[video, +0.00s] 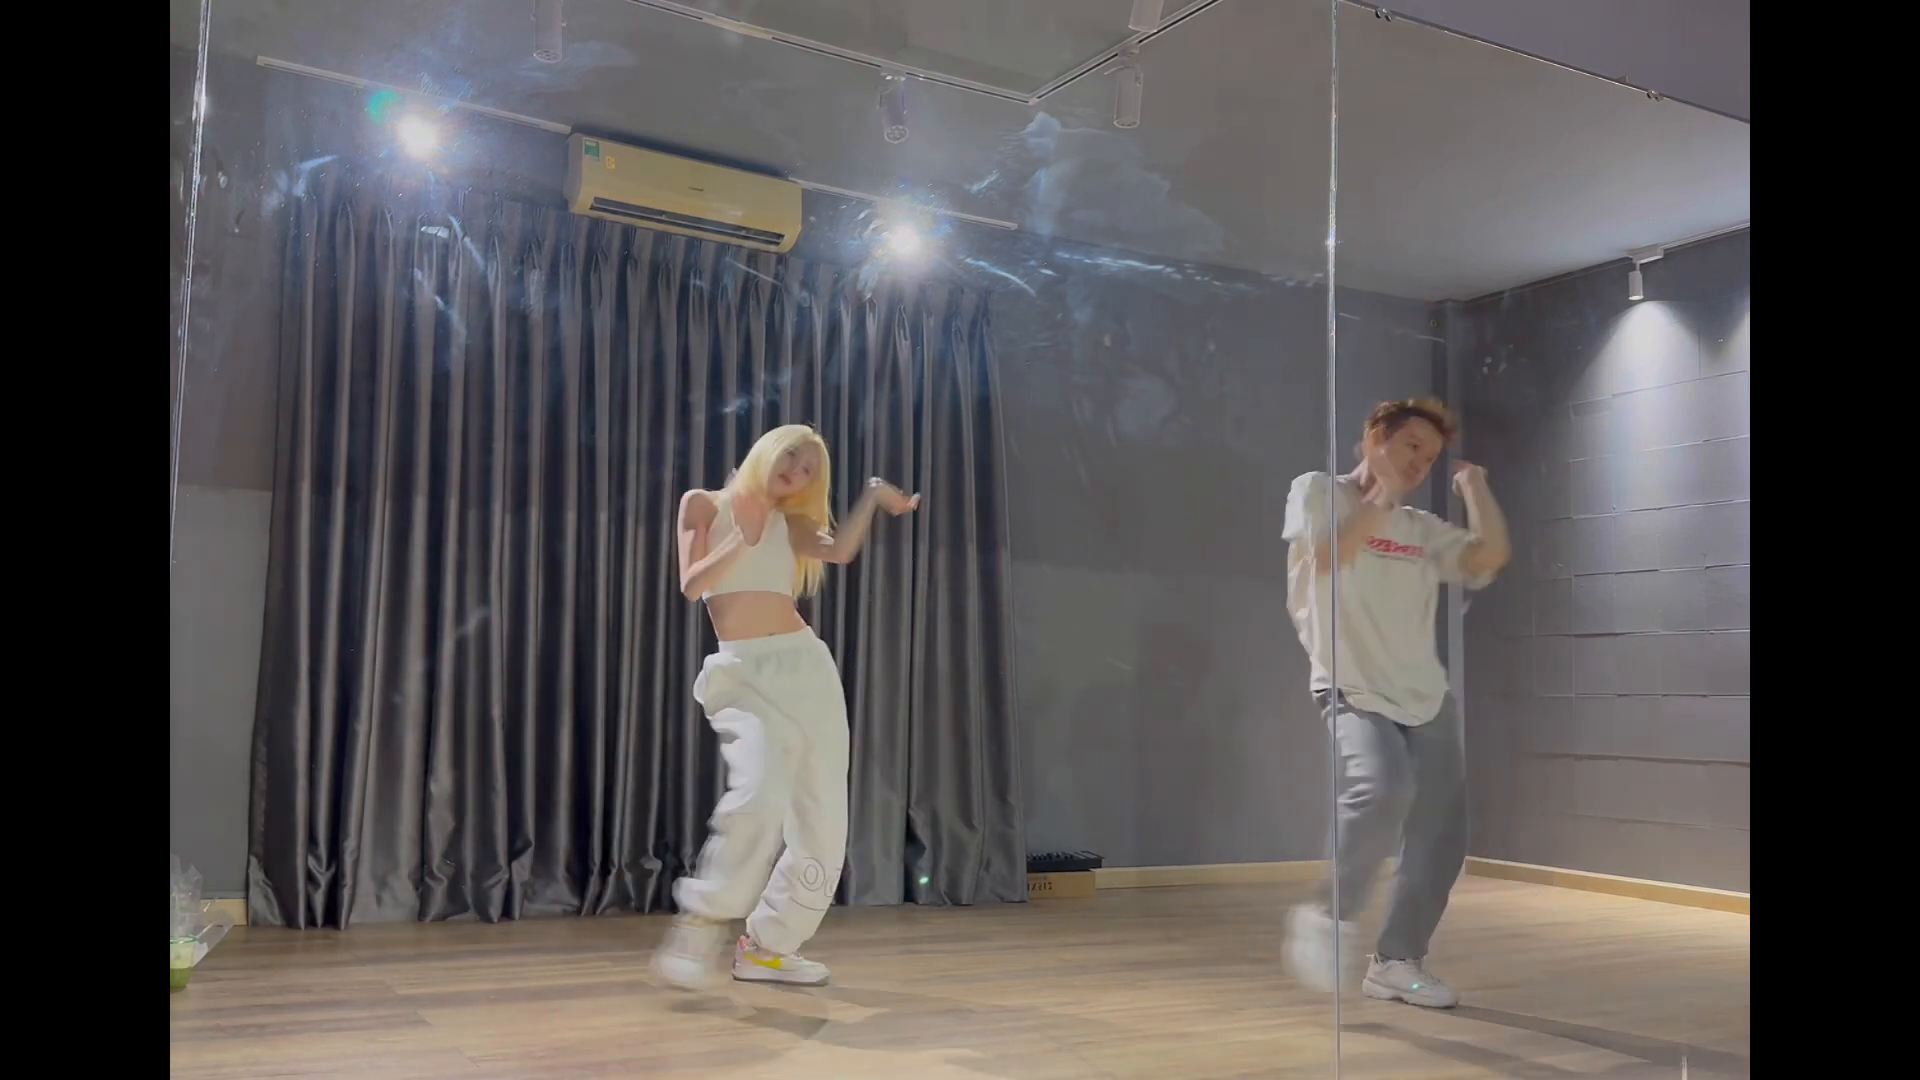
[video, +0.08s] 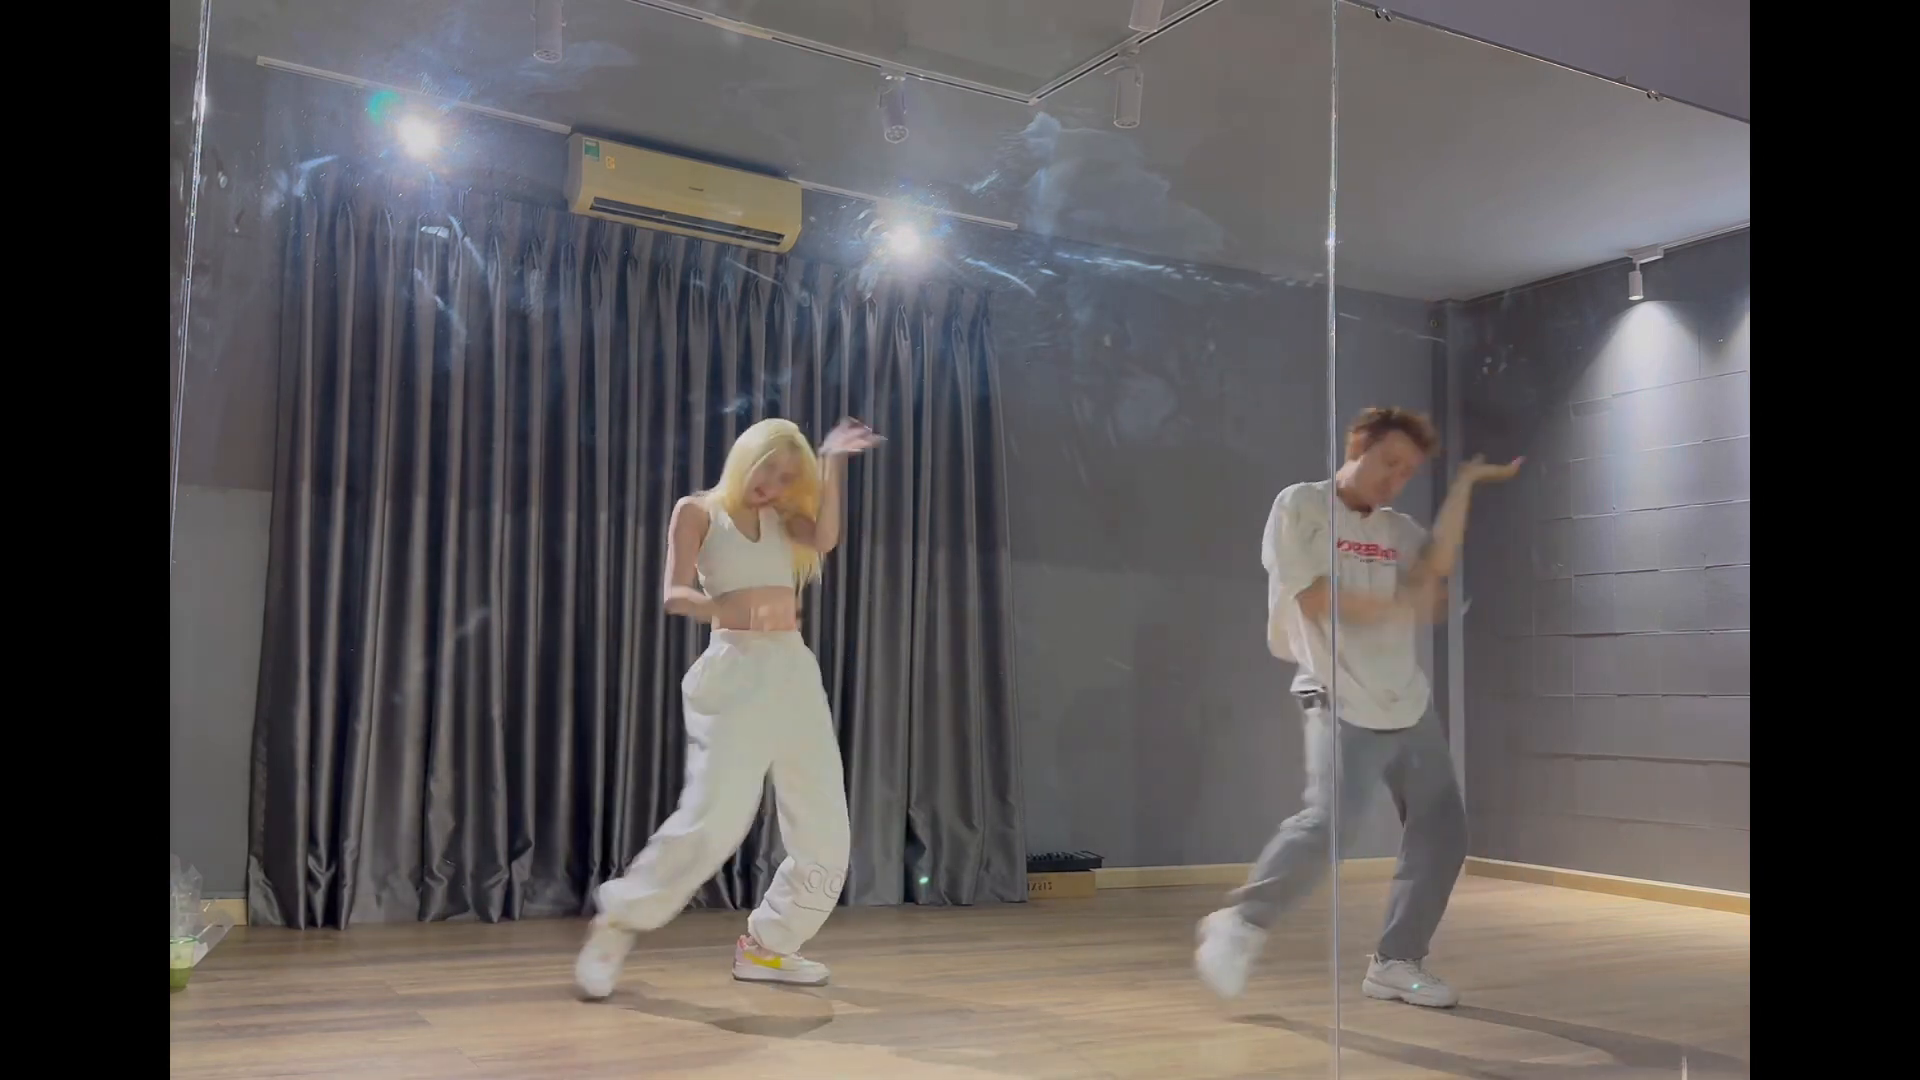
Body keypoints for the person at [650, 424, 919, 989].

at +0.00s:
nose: (796, 476)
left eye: (807, 474)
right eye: (792, 461)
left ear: (808, 484)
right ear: (767, 455)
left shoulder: (794, 523)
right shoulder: (705, 505)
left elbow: (842, 550)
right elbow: (691, 584)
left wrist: (873, 495)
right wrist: (740, 540)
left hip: (808, 670)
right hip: (743, 674)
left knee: (822, 820)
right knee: (759, 799)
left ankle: (765, 947)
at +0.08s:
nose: (769, 493)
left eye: (782, 485)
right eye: (766, 478)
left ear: (791, 485)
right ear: (747, 463)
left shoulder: (784, 519)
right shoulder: (698, 512)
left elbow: (826, 536)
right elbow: (673, 594)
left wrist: (831, 463)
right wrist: (712, 607)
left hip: (796, 679)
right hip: (732, 680)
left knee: (824, 834)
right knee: (713, 825)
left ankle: (765, 947)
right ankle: (616, 927)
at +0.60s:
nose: (719, 486)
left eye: (730, 486)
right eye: (708, 483)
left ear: (743, 520)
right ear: (687, 509)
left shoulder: (748, 570)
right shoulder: (648, 565)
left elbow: (831, 580)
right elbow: (603, 635)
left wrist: (785, 515)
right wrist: (646, 710)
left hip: (750, 729)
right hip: (674, 732)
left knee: (800, 850)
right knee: (615, 835)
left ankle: (790, 945)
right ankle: (588, 953)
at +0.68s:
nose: (720, 479)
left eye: (732, 479)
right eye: (710, 473)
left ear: (742, 511)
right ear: (688, 495)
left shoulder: (747, 565)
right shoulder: (648, 552)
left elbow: (835, 596)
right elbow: (606, 605)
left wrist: (788, 536)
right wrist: (633, 643)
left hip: (753, 719)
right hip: (677, 726)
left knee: (782, 854)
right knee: (621, 832)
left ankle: (804, 943)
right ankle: (590, 951)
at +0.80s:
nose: (725, 461)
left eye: (738, 455)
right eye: (716, 452)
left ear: (752, 474)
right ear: (696, 464)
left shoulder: (753, 536)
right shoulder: (671, 525)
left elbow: (807, 599)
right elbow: (615, 585)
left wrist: (766, 536)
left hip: (746, 699)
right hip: (682, 702)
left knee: (759, 856)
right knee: (615, 813)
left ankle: (821, 929)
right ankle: (620, 950)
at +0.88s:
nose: (734, 484)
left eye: (746, 473)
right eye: (722, 473)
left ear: (764, 480)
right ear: (701, 478)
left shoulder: (774, 540)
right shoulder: (693, 542)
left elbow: (736, 579)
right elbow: (621, 575)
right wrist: (598, 518)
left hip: (735, 692)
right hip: (674, 690)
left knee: (736, 833)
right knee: (598, 815)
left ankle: (818, 929)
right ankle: (637, 950)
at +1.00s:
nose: (732, 479)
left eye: (741, 468)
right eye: (723, 470)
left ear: (761, 470)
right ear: (713, 475)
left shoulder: (772, 533)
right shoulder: (696, 533)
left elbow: (701, 544)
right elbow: (621, 560)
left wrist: (619, 509)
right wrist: (582, 508)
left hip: (712, 685)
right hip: (653, 682)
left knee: (731, 831)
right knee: (593, 819)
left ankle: (817, 922)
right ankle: (637, 953)